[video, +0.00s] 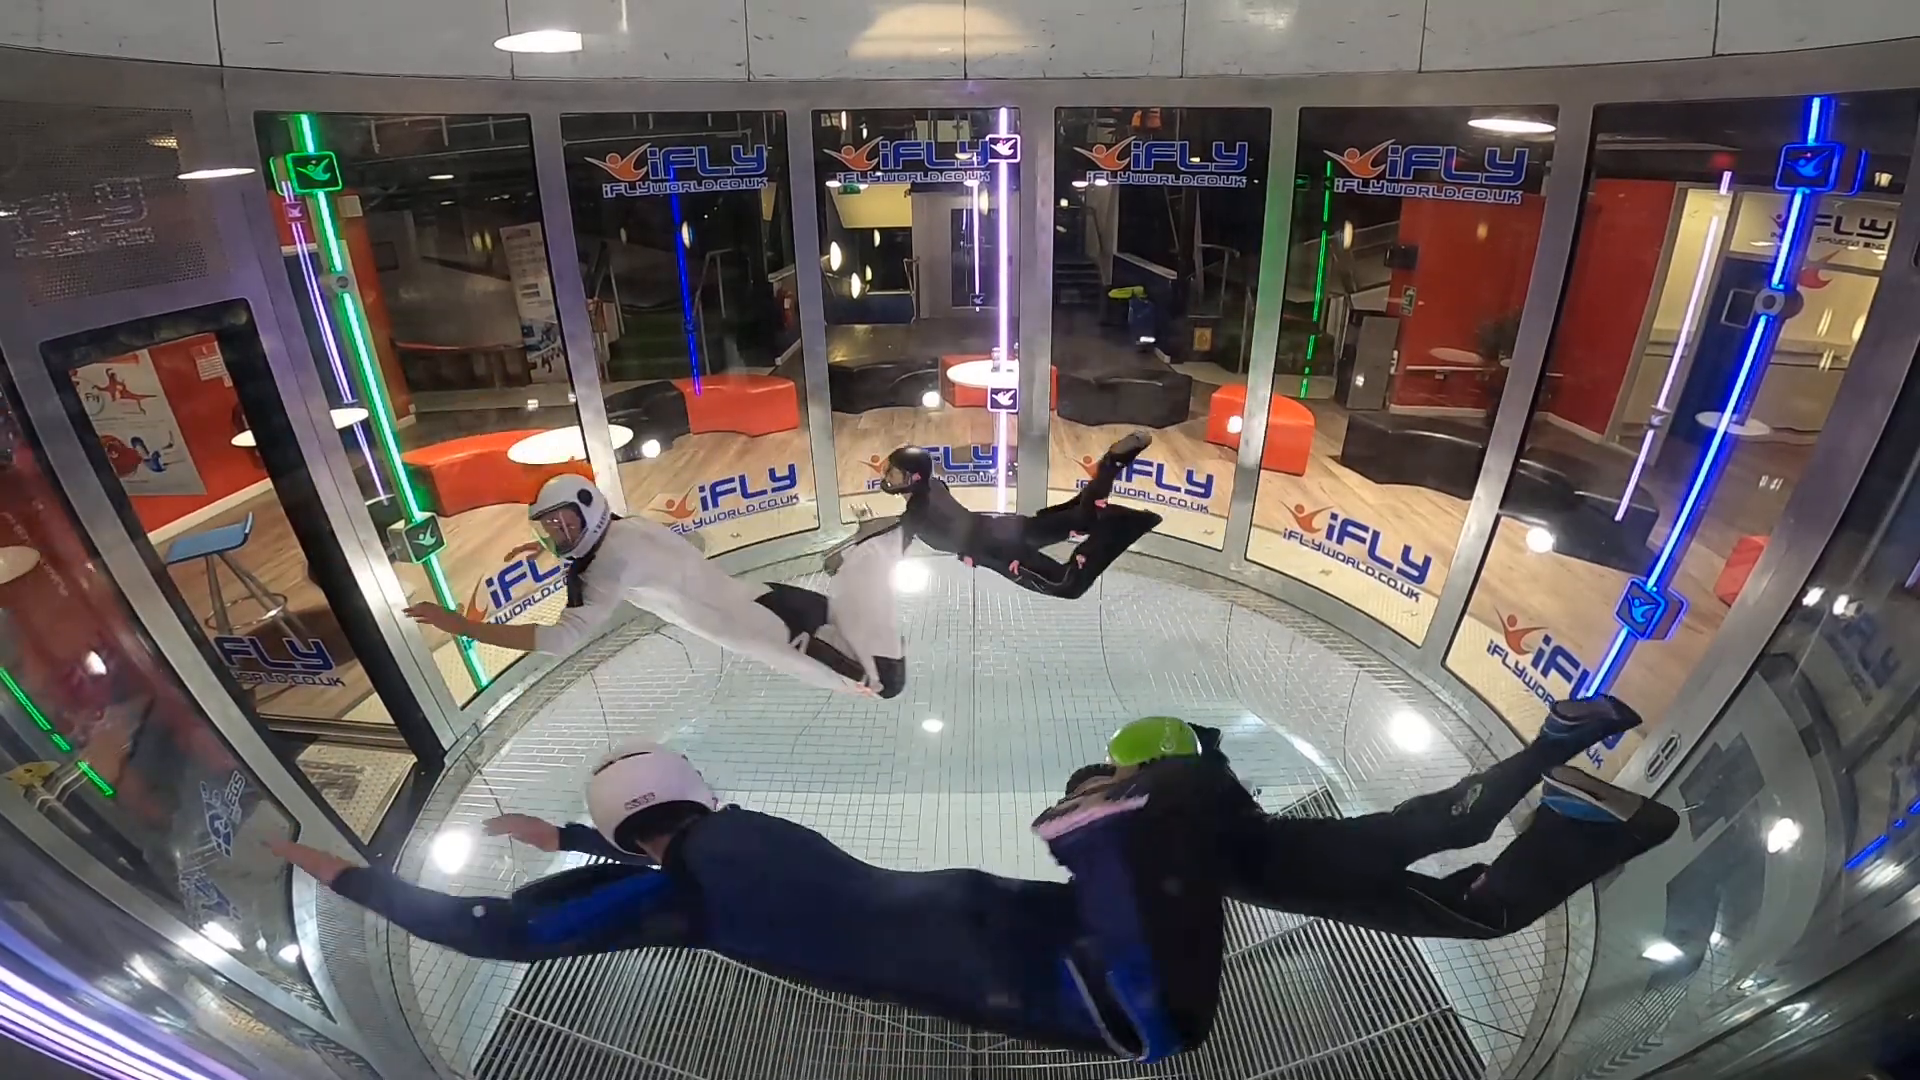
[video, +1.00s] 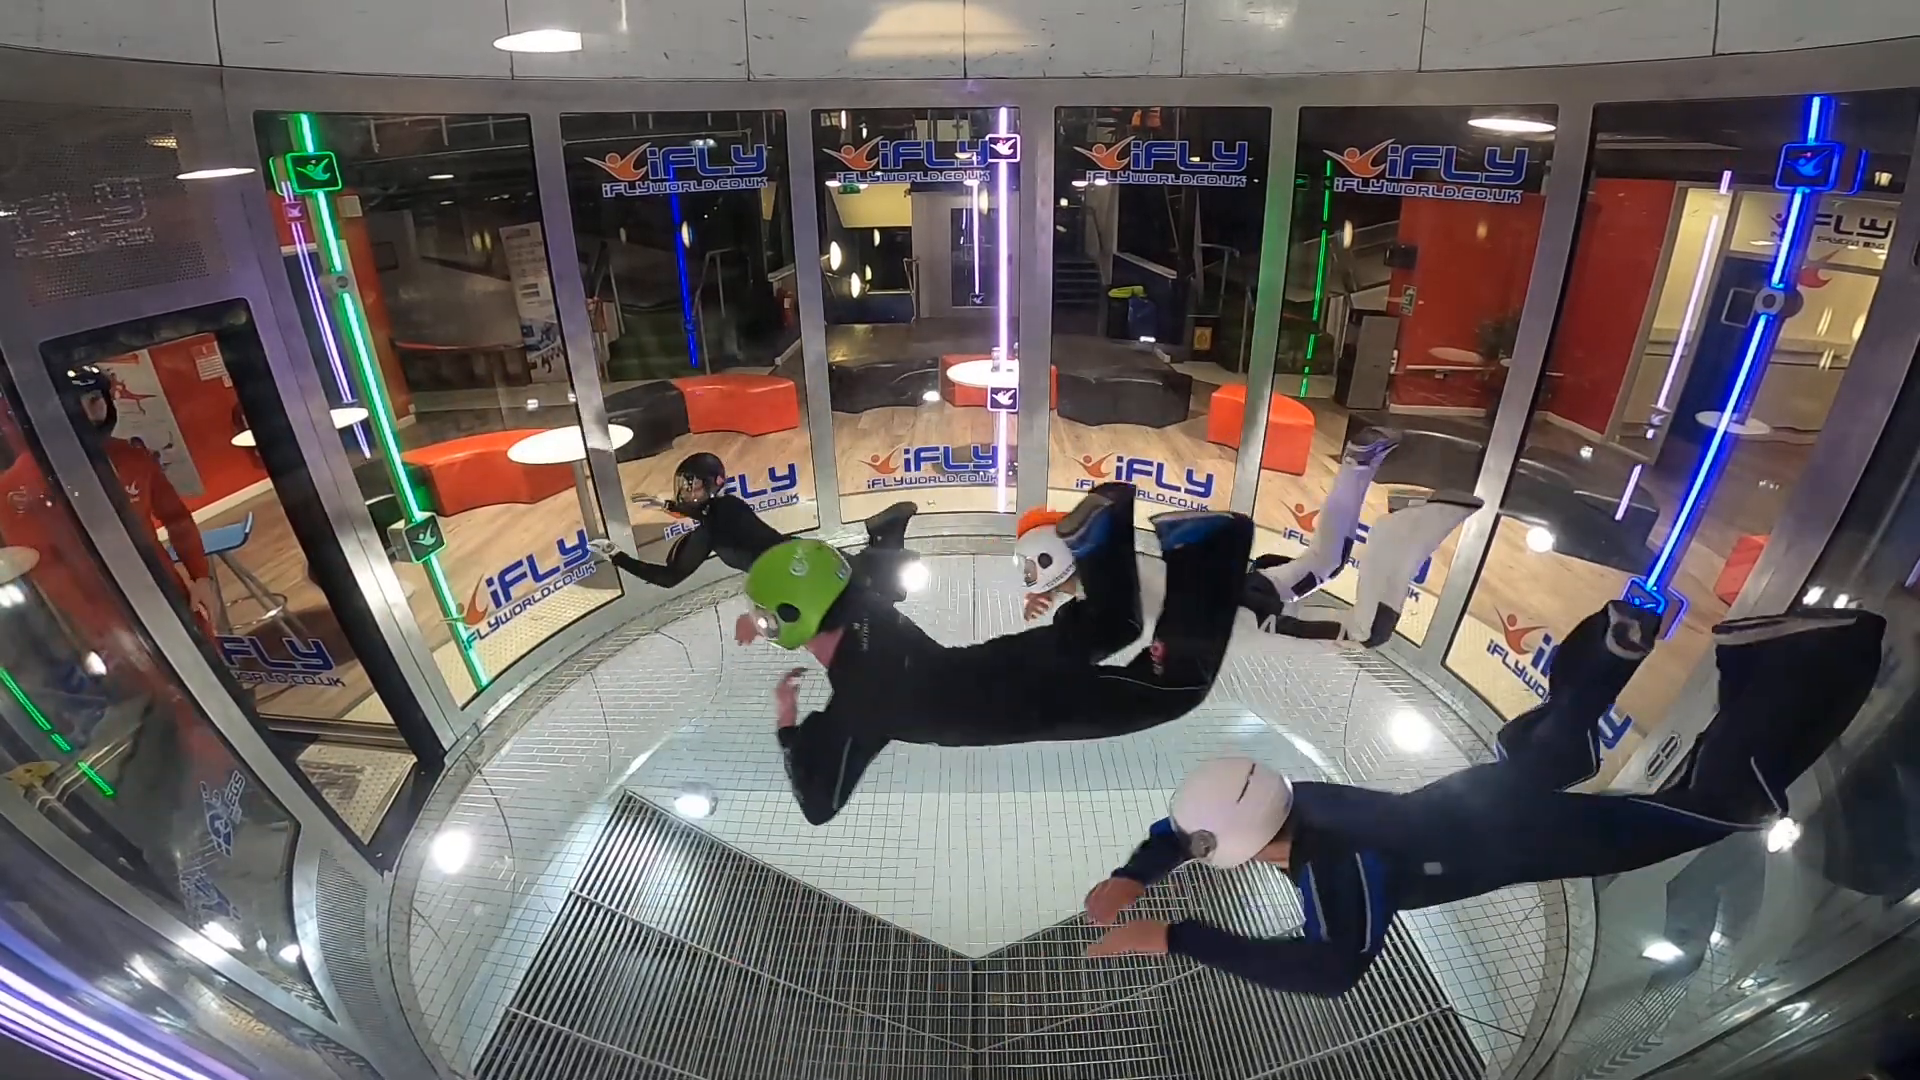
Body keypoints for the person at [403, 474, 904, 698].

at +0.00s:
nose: (553, 535)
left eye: (558, 521)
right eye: (546, 526)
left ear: (588, 511)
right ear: (569, 519)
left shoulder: (612, 560)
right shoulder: (622, 530)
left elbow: (561, 640)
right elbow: (689, 547)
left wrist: (463, 627)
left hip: (768, 625)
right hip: (768, 605)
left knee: (885, 679)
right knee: (864, 656)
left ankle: (875, 552)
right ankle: (858, 567)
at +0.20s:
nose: (650, 578)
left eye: (656, 564)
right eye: (642, 570)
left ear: (681, 550)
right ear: (661, 556)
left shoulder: (706, 602)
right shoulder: (707, 557)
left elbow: (648, 680)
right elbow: (657, 565)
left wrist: (553, 688)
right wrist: (617, 584)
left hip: (855, 644)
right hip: (850, 617)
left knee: (978, 693)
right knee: (930, 634)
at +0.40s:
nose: (762, 597)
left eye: (768, 584)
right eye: (759, 586)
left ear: (787, 584)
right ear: (801, 567)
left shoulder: (820, 632)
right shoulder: (824, 584)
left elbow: (769, 700)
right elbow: (783, 595)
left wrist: (704, 683)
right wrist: (743, 614)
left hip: (982, 668)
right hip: (978, 638)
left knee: (1089, 704)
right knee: (1080, 683)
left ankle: (1098, 579)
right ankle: (1078, 584)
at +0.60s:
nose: (879, 615)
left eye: (887, 606)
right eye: (875, 607)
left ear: (913, 600)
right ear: (905, 593)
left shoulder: (935, 645)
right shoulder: (935, 601)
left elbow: (887, 711)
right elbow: (890, 617)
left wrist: (827, 702)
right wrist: (862, 634)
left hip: (1088, 662)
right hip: (1073, 639)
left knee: (1215, 695)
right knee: (1168, 641)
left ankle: (1238, 590)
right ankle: (1208, 562)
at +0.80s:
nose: (972, 608)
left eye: (979, 596)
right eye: (971, 597)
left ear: (1002, 592)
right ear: (1004, 582)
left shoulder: (1035, 621)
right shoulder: (1034, 595)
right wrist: (966, 628)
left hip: (1164, 643)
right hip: (1163, 628)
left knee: (1260, 604)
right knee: (1255, 591)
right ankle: (1292, 509)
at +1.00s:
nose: (1037, 577)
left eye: (1041, 564)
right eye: (1032, 568)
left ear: (1060, 549)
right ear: (1038, 562)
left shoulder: (1100, 571)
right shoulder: (1086, 573)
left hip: (1245, 592)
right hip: (1229, 590)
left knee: (1324, 558)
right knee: (1313, 564)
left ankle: (1361, 463)